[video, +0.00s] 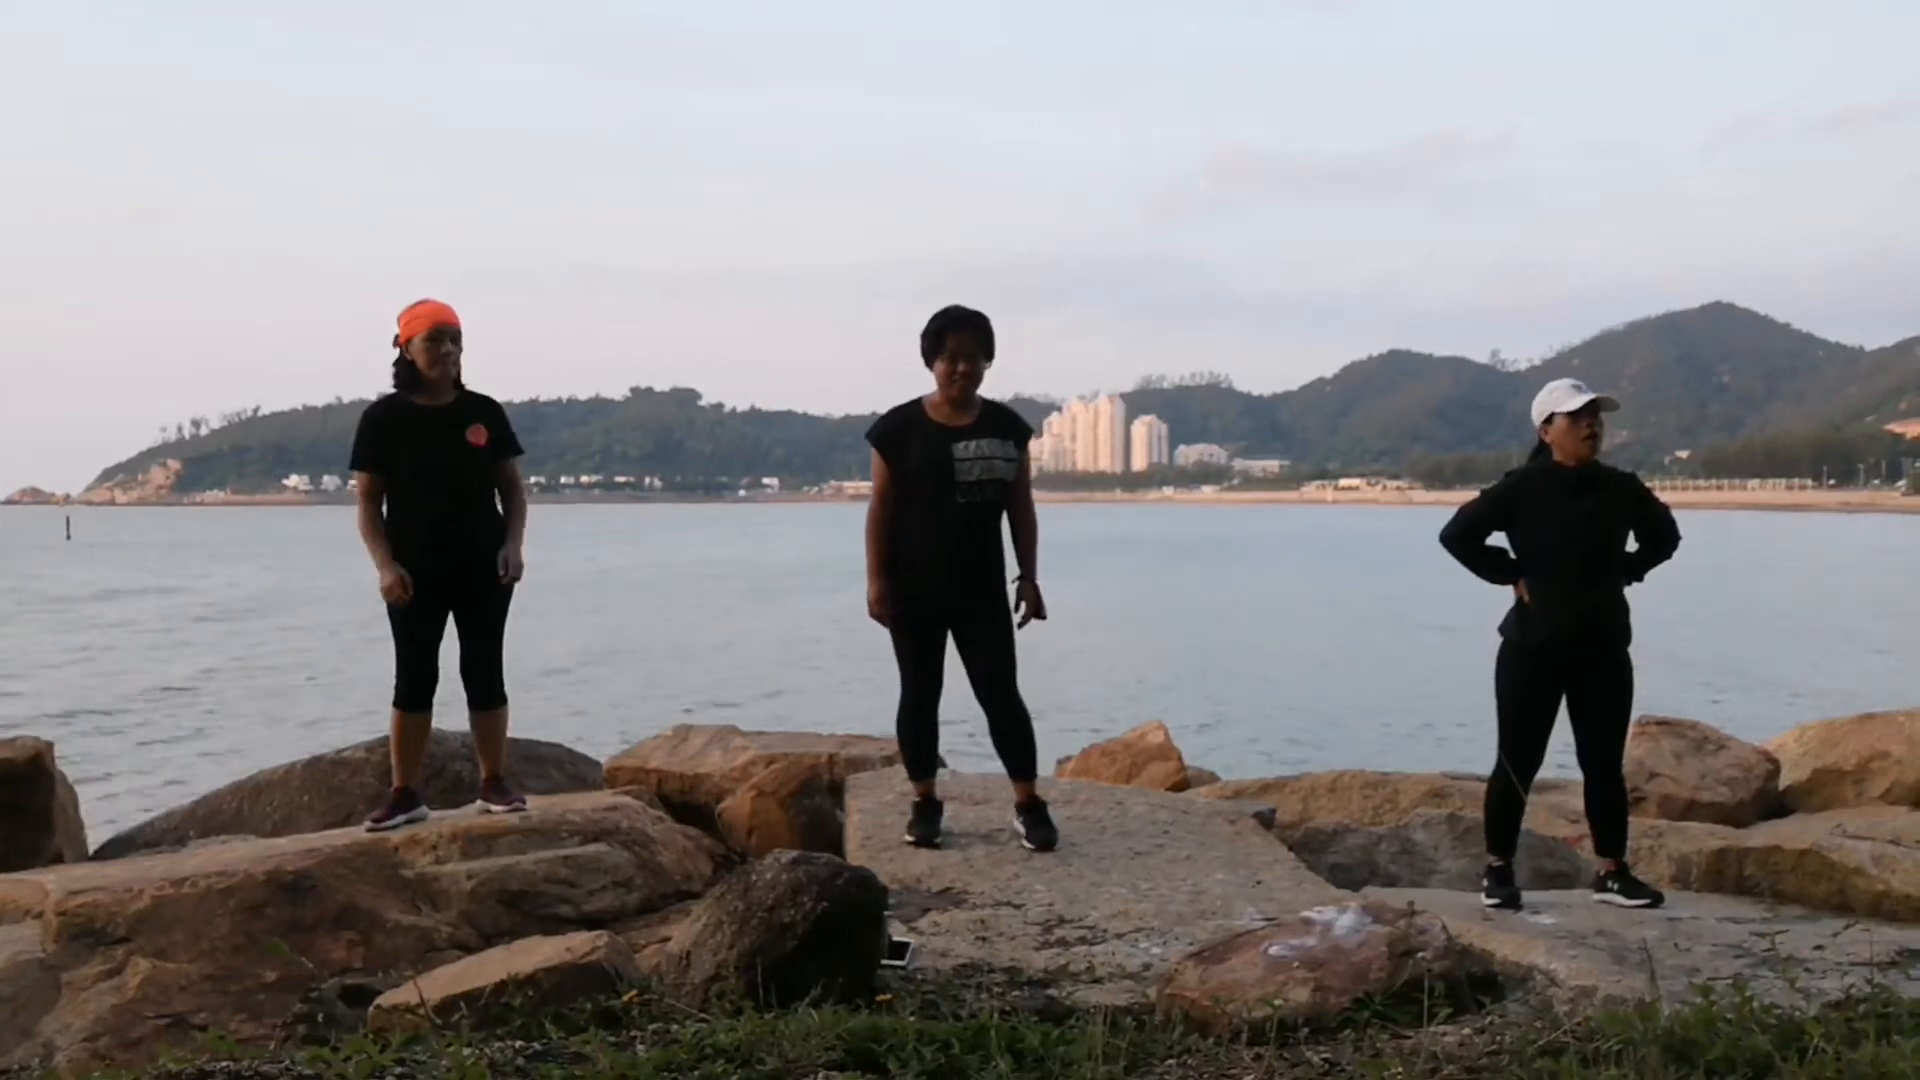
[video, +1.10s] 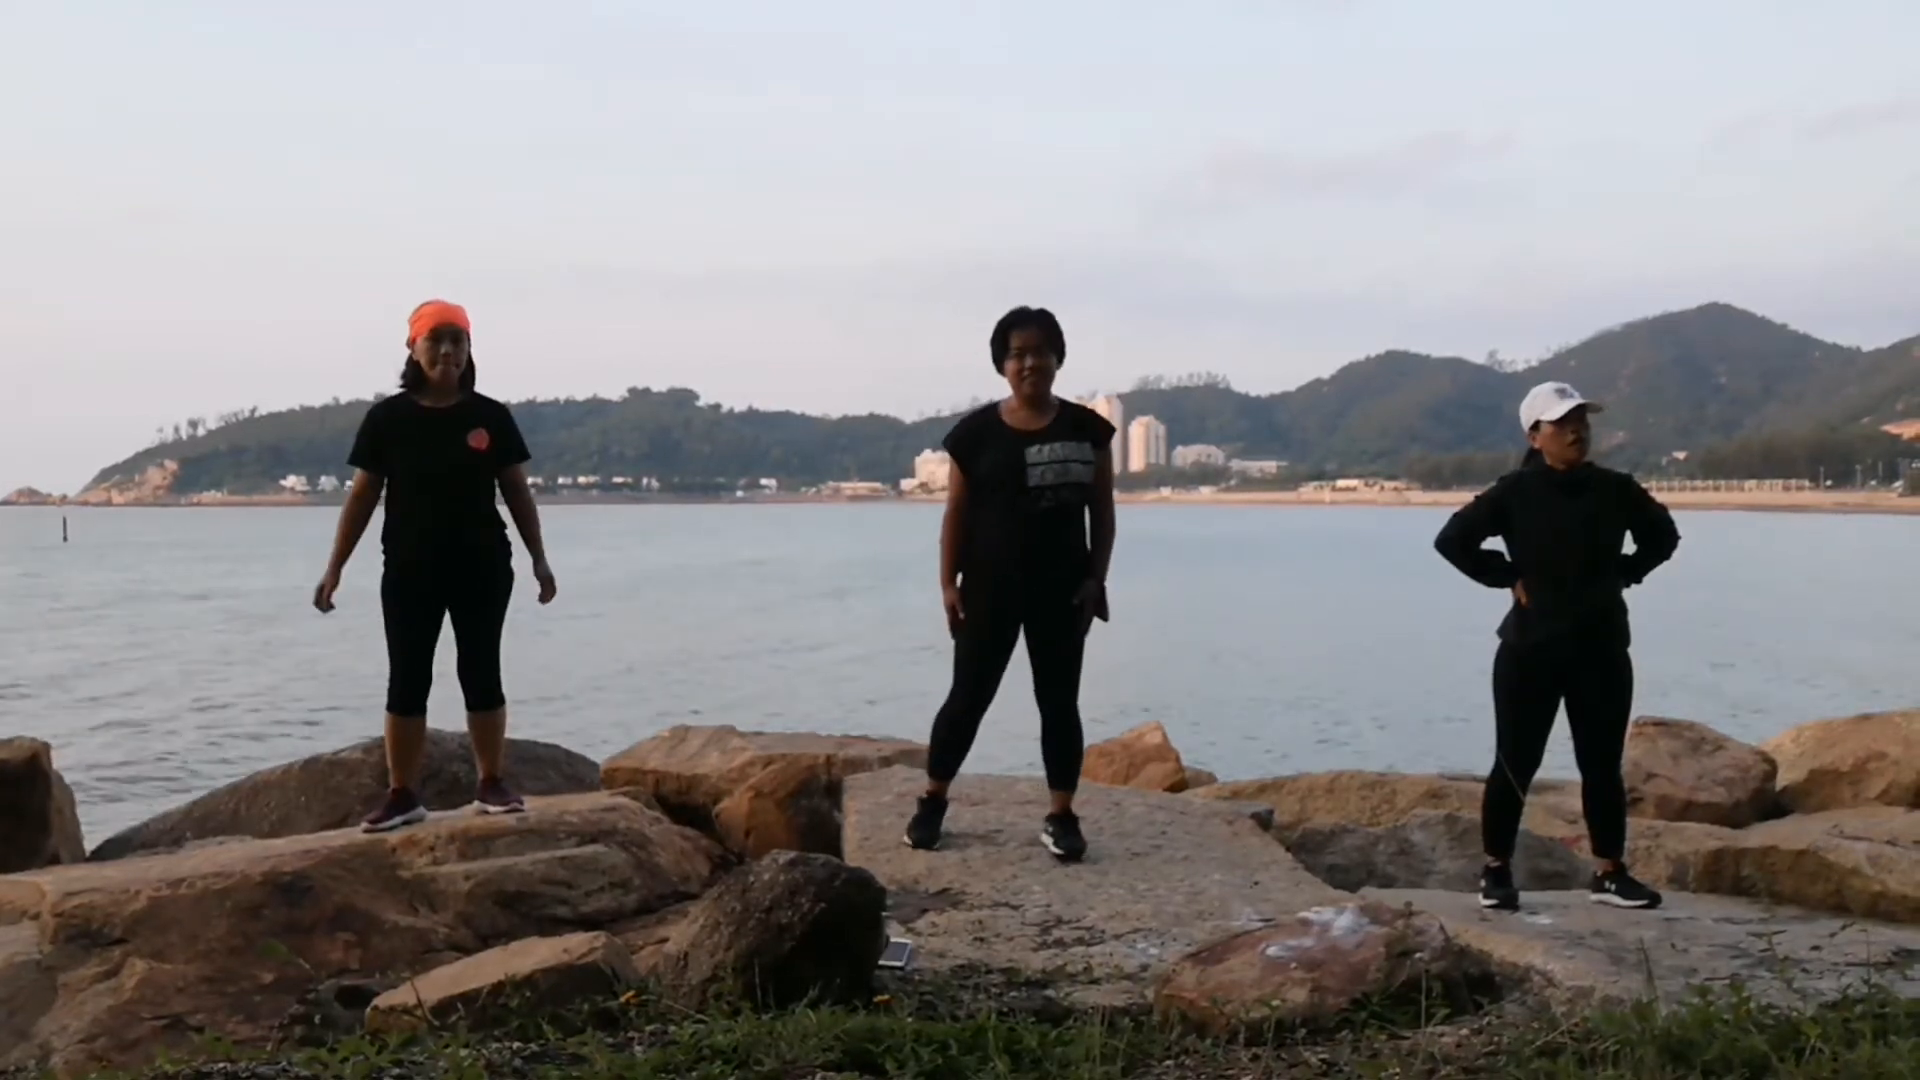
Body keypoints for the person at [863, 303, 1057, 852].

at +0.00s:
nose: (962, 369)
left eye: (973, 360)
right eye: (951, 359)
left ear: (986, 364)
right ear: (931, 361)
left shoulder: (1007, 427)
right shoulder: (897, 429)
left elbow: (1021, 506)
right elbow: (880, 509)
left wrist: (1028, 576)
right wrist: (875, 579)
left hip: (981, 586)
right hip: (914, 588)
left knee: (1002, 697)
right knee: (918, 697)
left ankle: (1029, 802)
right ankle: (924, 802)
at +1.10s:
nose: (1031, 364)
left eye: (1041, 353)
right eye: (1019, 354)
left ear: (1058, 359)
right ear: (1002, 363)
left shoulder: (1087, 431)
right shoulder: (974, 434)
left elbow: (1103, 514)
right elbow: (955, 515)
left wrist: (1098, 580)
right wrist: (947, 584)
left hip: (1060, 591)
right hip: (991, 590)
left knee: (1060, 705)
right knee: (967, 699)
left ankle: (1062, 813)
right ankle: (933, 802)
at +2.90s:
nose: (1032, 360)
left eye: (1040, 351)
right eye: (1020, 352)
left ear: (1055, 362)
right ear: (998, 365)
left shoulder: (1085, 432)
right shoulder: (975, 440)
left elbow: (1105, 509)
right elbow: (961, 521)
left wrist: (1114, 577)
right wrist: (956, 592)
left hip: (1067, 592)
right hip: (998, 594)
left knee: (1065, 706)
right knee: (962, 700)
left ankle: (1061, 817)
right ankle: (917, 801)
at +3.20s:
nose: (1044, 361)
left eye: (1055, 352)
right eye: (1032, 352)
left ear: (1067, 363)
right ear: (1011, 364)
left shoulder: (1098, 434)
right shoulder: (983, 436)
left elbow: (1111, 512)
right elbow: (966, 517)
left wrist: (1109, 581)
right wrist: (958, 588)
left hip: (1067, 594)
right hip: (997, 594)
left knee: (1064, 708)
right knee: (956, 698)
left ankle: (1059, 817)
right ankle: (913, 801)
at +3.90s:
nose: (980, 367)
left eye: (991, 358)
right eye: (968, 356)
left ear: (1002, 368)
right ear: (945, 364)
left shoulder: (1024, 438)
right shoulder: (913, 437)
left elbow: (1033, 519)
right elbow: (891, 518)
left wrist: (1036, 589)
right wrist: (884, 588)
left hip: (992, 597)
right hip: (924, 597)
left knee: (1020, 709)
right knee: (925, 709)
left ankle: (1051, 815)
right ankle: (919, 812)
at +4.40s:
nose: (998, 367)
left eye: (1007, 357)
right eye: (986, 358)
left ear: (1021, 364)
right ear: (965, 367)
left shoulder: (1052, 432)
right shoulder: (937, 441)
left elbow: (1070, 509)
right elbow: (925, 524)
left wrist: (1080, 577)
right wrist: (921, 591)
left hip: (1031, 595)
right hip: (959, 596)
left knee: (1038, 708)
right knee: (943, 706)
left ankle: (1050, 815)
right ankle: (920, 811)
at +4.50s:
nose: (1008, 368)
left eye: (1018, 358)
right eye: (996, 359)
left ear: (1032, 365)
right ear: (977, 367)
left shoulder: (1063, 433)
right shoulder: (951, 440)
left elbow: (1082, 510)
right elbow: (936, 523)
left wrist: (1094, 578)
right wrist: (931, 592)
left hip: (1041, 594)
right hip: (969, 595)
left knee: (1044, 707)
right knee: (948, 705)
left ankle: (1051, 815)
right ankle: (919, 811)